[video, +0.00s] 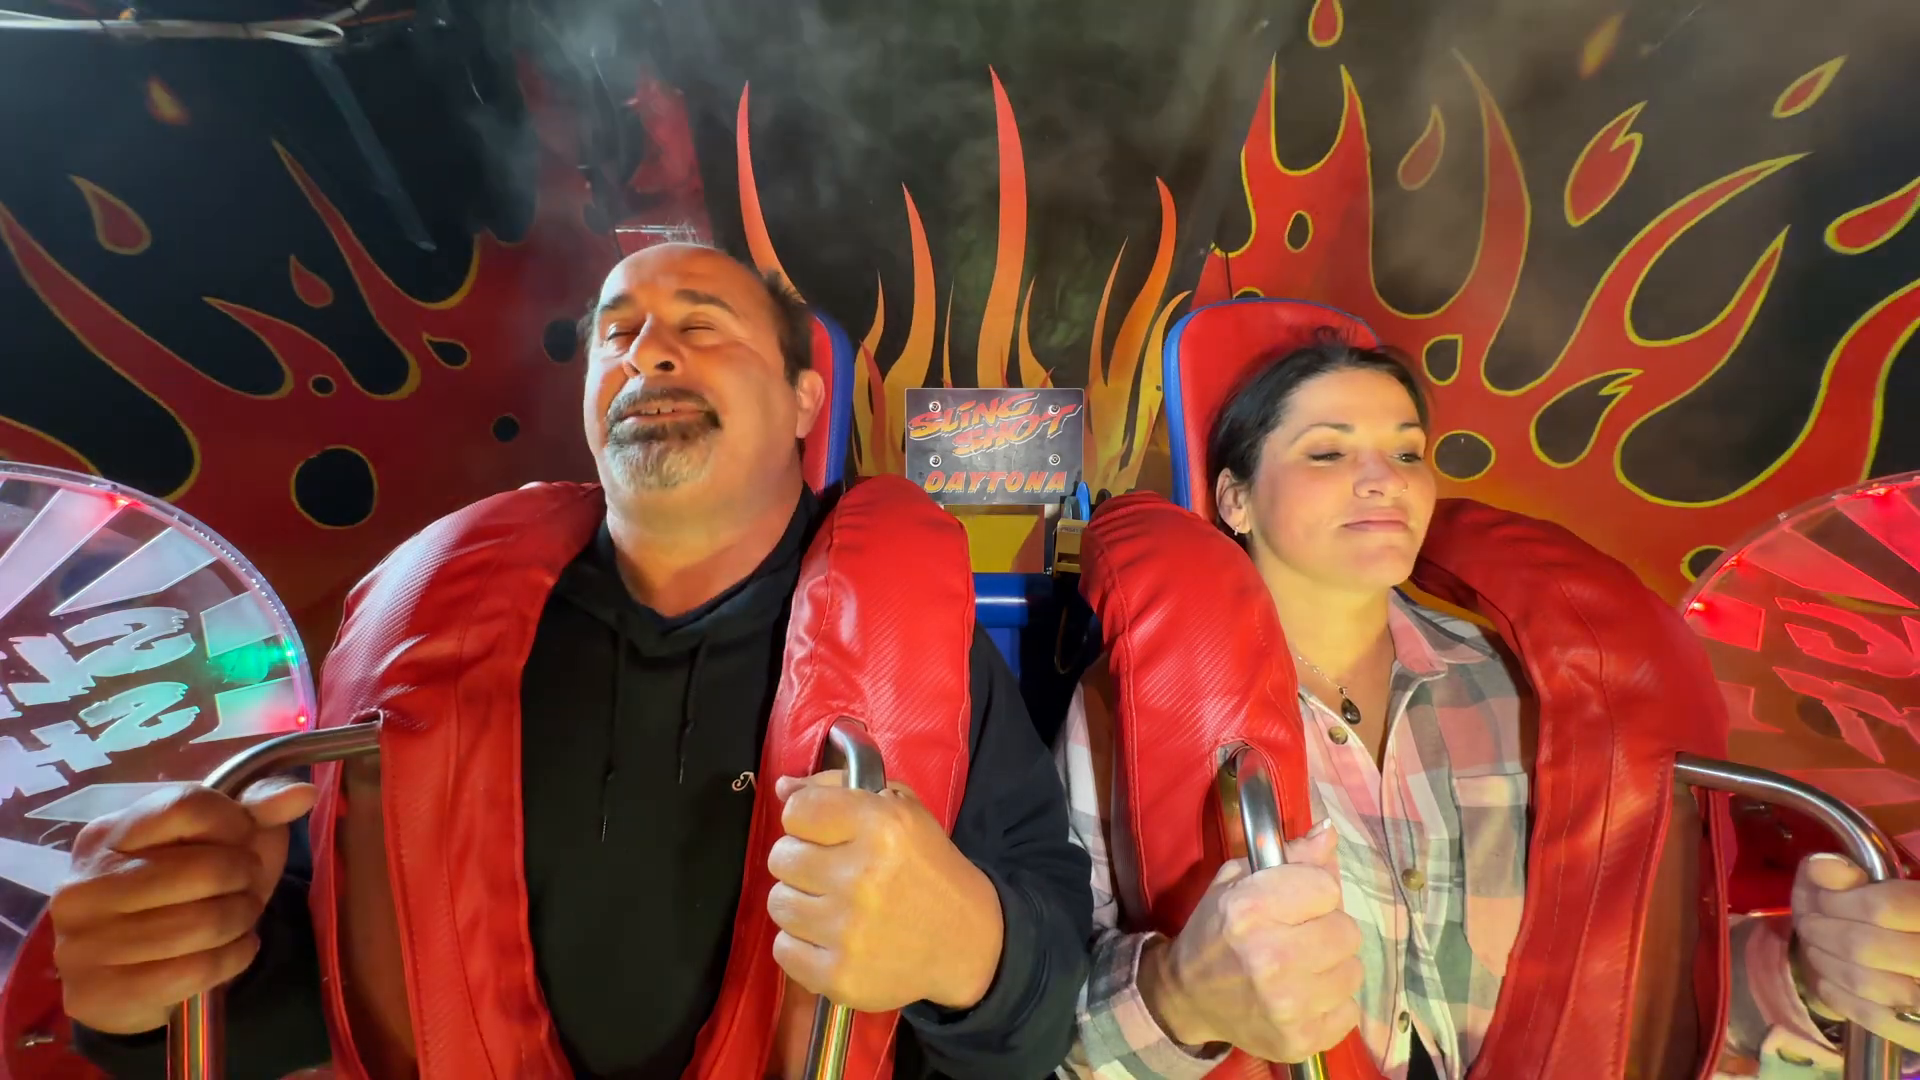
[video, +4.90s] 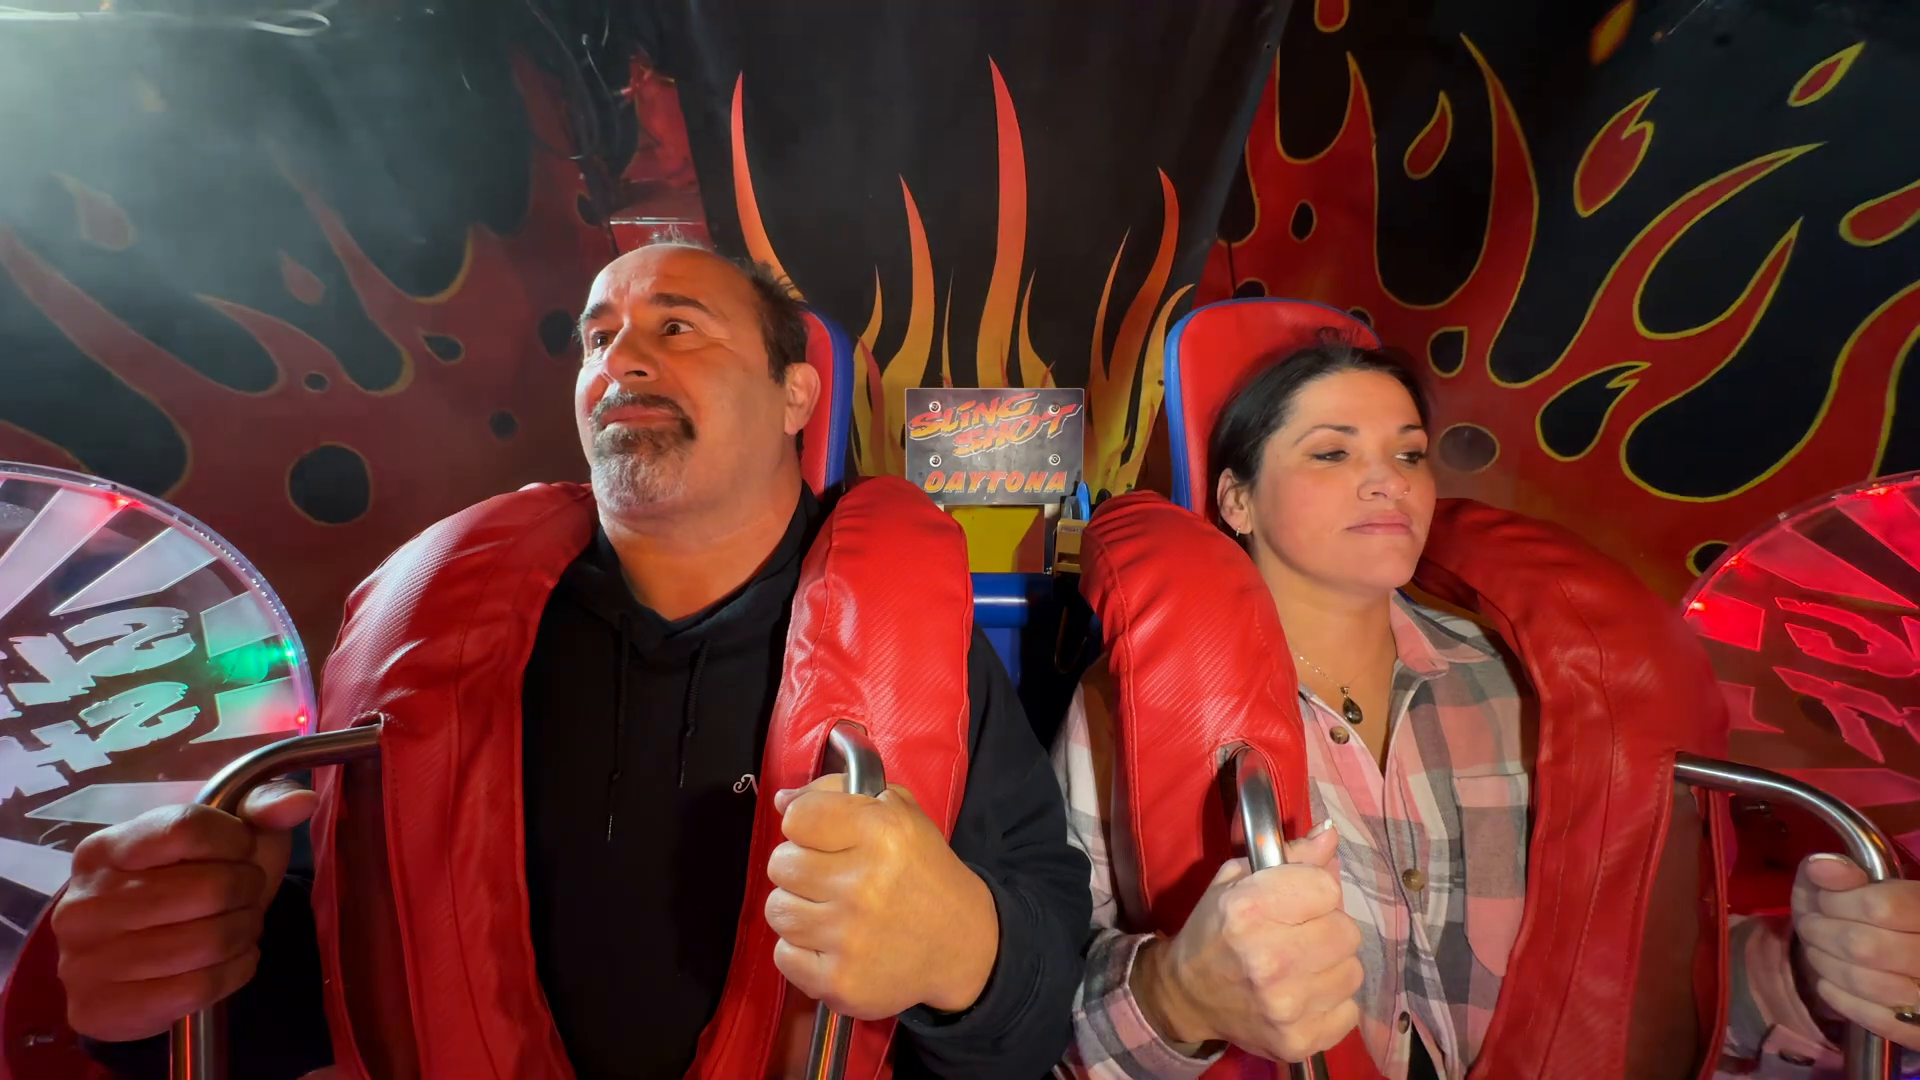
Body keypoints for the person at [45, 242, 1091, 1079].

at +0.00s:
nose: (649, 348)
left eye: (708, 319)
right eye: (617, 333)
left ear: (805, 405)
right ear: (585, 417)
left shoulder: (924, 658)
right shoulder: (438, 637)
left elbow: (1045, 1003)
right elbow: (309, 977)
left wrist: (982, 956)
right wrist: (104, 993)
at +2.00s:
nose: (639, 359)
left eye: (699, 326)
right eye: (612, 338)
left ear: (807, 402)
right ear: (583, 411)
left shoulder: (924, 650)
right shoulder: (435, 642)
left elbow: (1041, 981)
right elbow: (297, 1017)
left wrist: (980, 943)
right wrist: (186, 978)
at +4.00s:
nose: (619, 364)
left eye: (680, 326)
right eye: (597, 344)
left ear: (796, 396)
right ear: (570, 414)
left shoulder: (919, 658)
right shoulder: (435, 640)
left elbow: (1036, 1015)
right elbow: (301, 960)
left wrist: (979, 955)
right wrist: (84, 982)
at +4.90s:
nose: (620, 366)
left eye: (682, 328)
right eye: (599, 342)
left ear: (798, 398)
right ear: (573, 412)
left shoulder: (922, 660)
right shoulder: (438, 639)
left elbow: (1038, 1025)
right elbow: (310, 992)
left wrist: (976, 958)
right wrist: (79, 981)